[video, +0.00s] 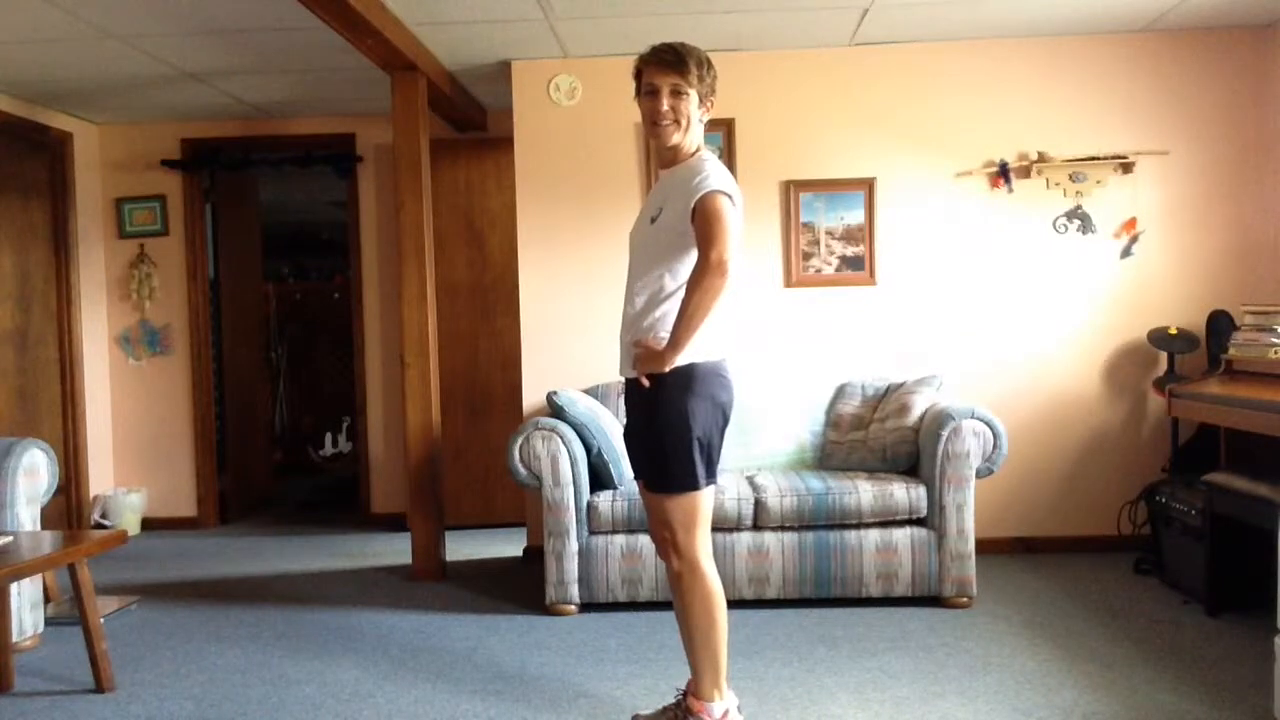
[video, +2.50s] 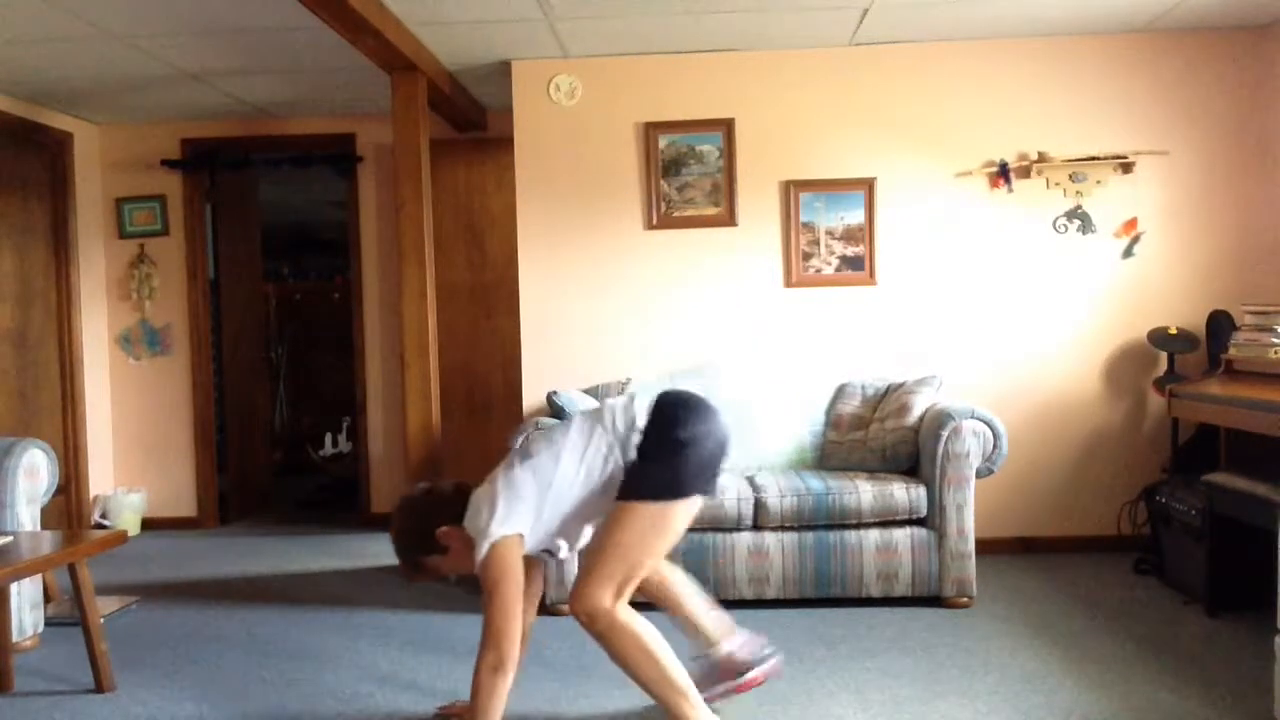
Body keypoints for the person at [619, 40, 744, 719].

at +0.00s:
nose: (661, 106)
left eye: (676, 93)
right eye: (650, 93)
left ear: (702, 103)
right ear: (638, 102)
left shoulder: (705, 175)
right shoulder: (665, 182)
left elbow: (718, 262)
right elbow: (664, 274)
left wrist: (670, 350)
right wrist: (643, 352)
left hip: (679, 380)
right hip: (653, 380)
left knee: (687, 549)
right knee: (673, 548)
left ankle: (713, 699)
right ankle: (706, 693)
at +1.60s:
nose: (576, 158)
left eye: (579, 142)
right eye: (571, 145)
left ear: (618, 125)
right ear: (621, 128)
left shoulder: (657, 184)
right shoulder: (663, 181)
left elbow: (637, 279)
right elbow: (640, 284)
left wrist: (579, 361)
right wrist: (577, 361)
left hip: (701, 376)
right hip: (707, 373)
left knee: (665, 541)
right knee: (681, 540)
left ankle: (707, 693)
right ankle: (708, 676)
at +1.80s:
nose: (523, 241)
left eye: (525, 226)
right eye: (518, 229)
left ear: (556, 210)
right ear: (559, 210)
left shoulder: (601, 252)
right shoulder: (607, 245)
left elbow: (569, 364)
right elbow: (579, 364)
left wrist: (521, 451)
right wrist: (534, 441)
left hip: (734, 399)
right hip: (735, 397)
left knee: (668, 556)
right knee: (678, 550)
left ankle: (713, 703)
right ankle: (706, 678)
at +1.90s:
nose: (486, 348)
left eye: (487, 333)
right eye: (480, 336)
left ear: (521, 314)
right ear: (524, 311)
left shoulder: (566, 354)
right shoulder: (581, 341)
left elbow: (536, 479)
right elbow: (551, 473)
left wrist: (479, 585)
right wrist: (512, 539)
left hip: (750, 428)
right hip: (760, 420)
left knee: (646, 572)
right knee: (672, 557)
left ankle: (705, 711)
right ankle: (709, 684)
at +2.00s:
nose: (477, 415)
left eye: (477, 401)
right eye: (471, 404)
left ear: (507, 382)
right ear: (510, 377)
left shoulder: (557, 415)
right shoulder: (564, 392)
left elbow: (523, 543)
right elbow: (535, 532)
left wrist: (469, 650)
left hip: (754, 443)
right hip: (754, 434)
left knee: (639, 578)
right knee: (658, 555)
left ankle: (706, 714)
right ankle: (707, 683)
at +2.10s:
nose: (467, 497)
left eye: (467, 484)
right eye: (461, 486)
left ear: (492, 464)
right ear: (498, 452)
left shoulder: (546, 479)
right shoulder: (545, 443)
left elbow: (511, 620)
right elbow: (519, 597)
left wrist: (470, 710)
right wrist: (488, 662)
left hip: (745, 471)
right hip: (744, 455)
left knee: (620, 590)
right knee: (638, 546)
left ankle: (700, 712)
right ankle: (705, 679)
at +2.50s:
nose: (457, 577)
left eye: (445, 569)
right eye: (447, 574)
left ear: (450, 538)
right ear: (458, 523)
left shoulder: (496, 516)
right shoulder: (513, 503)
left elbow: (498, 656)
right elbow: (519, 621)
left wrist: (480, 714)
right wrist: (486, 704)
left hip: (674, 429)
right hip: (687, 419)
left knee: (595, 602)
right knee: (637, 564)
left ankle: (696, 713)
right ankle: (736, 649)